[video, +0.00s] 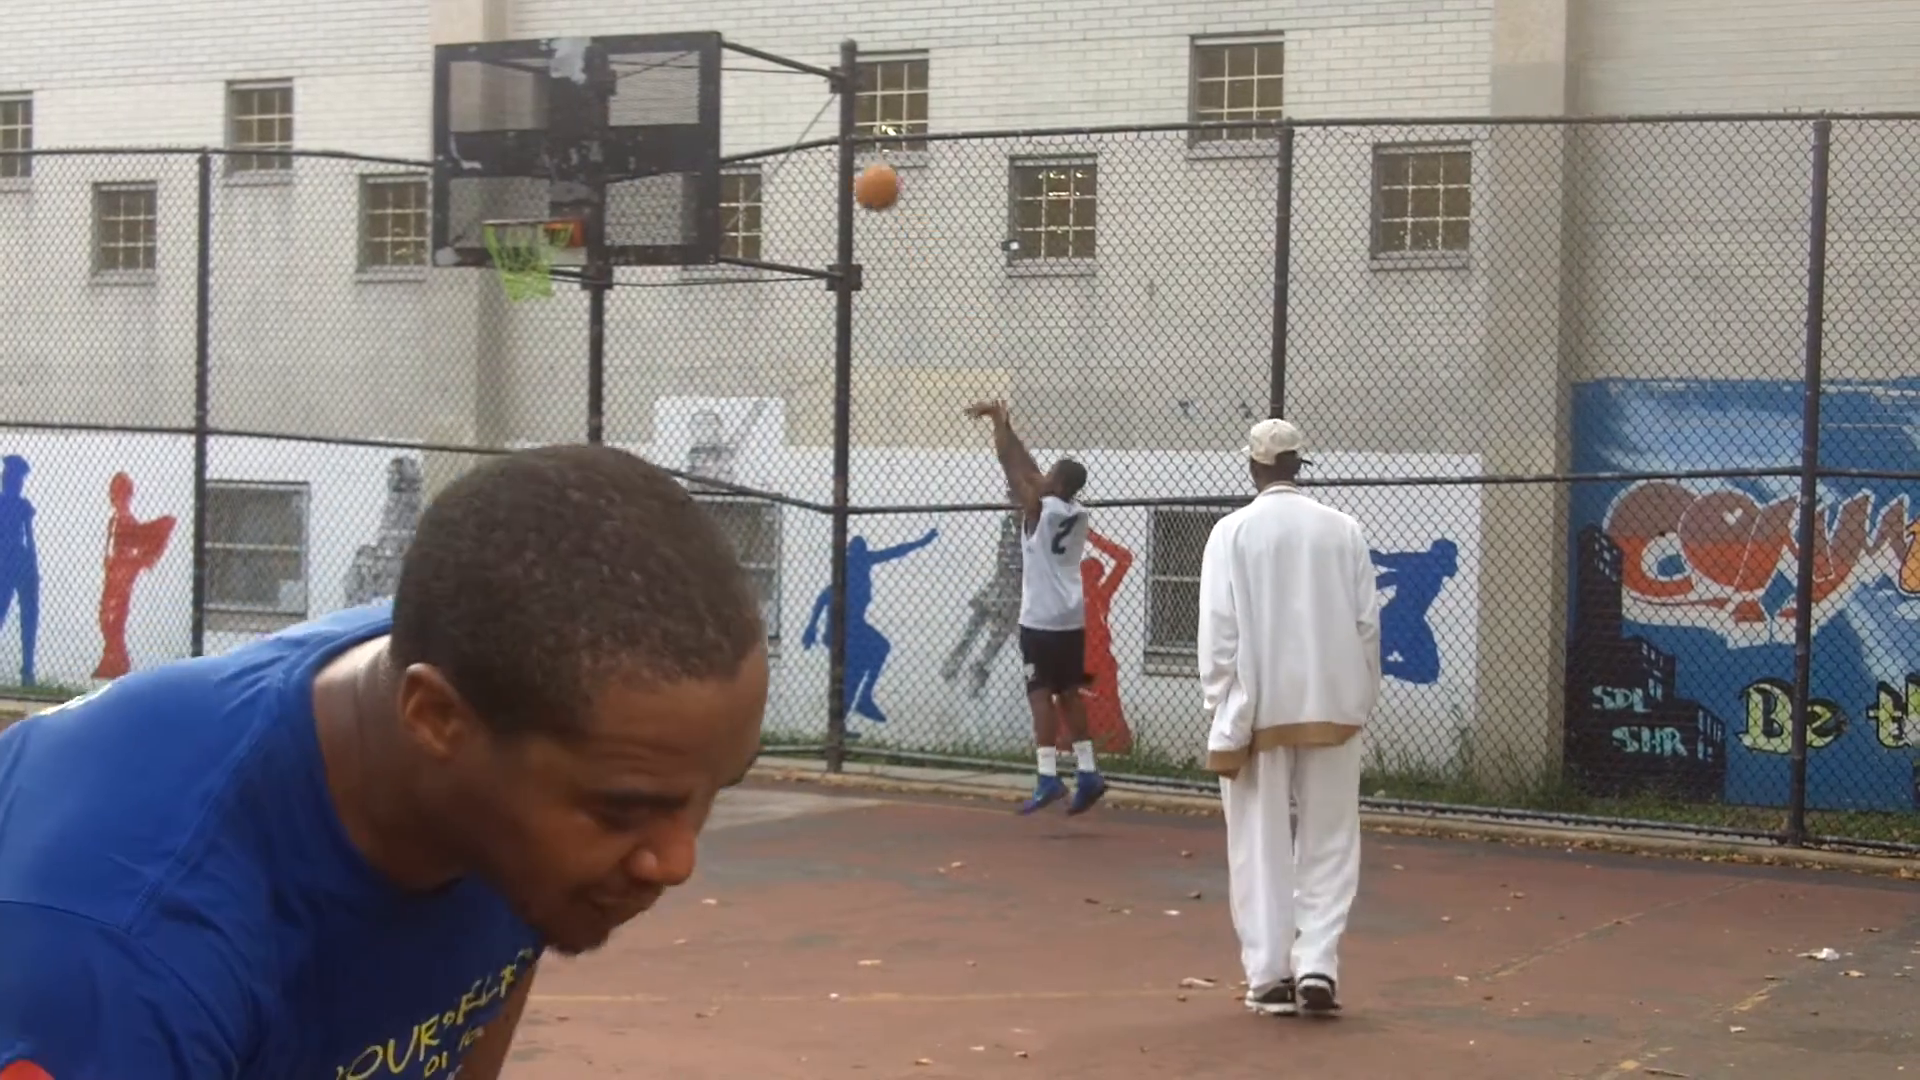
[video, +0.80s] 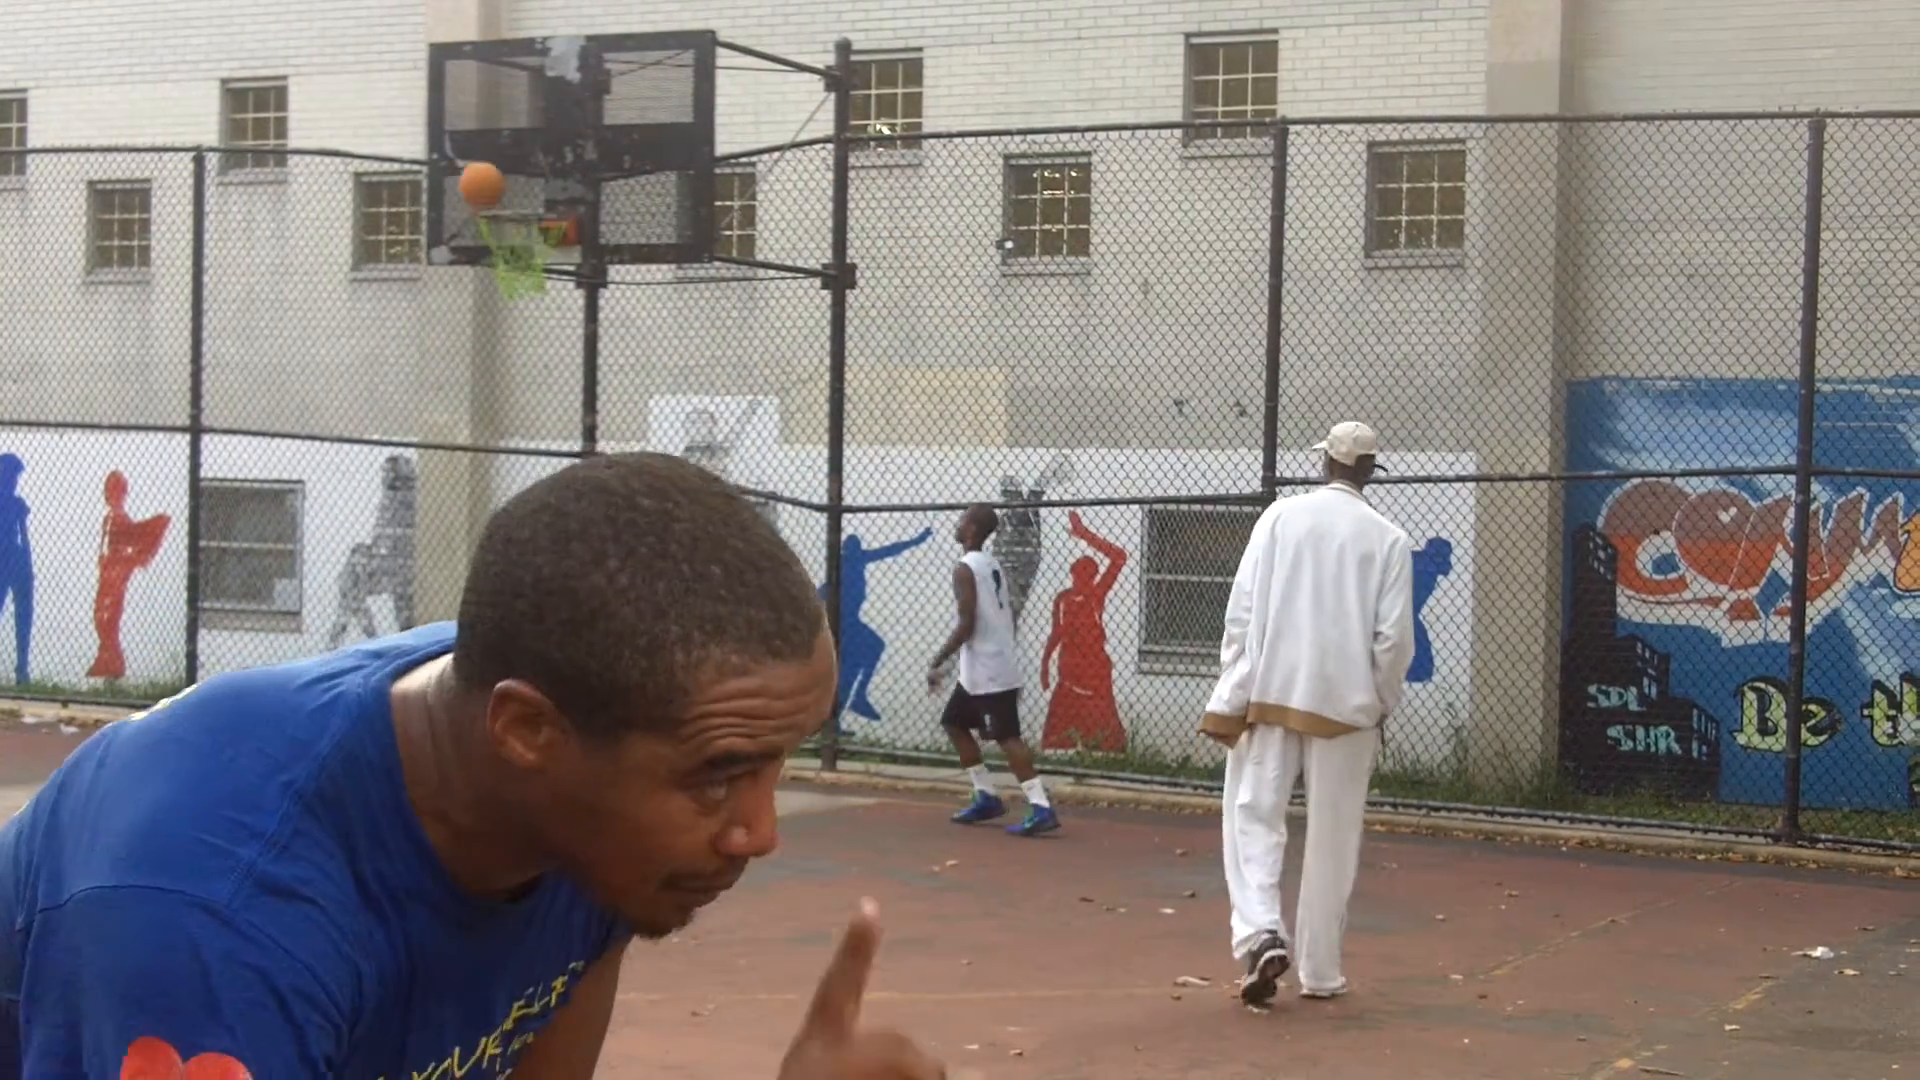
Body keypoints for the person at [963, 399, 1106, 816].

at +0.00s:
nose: (1044, 474)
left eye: (1050, 472)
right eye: (1050, 470)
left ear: (1057, 483)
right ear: (1073, 491)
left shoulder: (1036, 507)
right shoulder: (1078, 516)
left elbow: (1011, 464)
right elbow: (1030, 471)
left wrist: (998, 418)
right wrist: (1005, 424)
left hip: (1038, 617)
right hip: (1073, 617)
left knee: (1040, 695)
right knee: (1070, 693)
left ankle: (1047, 777)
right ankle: (1089, 772)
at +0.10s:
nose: (1036, 502)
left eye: (1043, 500)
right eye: (1041, 498)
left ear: (1054, 512)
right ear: (1064, 515)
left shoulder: (1033, 535)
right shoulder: (1071, 538)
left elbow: (1004, 498)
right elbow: (1023, 500)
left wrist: (991, 448)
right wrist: (996, 454)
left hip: (1036, 647)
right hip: (1068, 645)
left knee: (1032, 725)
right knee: (1064, 723)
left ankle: (1044, 803)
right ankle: (1092, 799)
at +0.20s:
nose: (1023, 528)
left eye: (1031, 522)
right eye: (1026, 522)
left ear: (1044, 531)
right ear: (1057, 534)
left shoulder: (1036, 563)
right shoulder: (1058, 566)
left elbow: (981, 544)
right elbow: (1012, 552)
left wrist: (992, 506)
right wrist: (1002, 513)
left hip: (1035, 671)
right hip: (1062, 670)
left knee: (1017, 743)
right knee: (1060, 744)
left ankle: (1046, 812)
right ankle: (1094, 807)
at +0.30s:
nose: (1023, 520)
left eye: (1030, 516)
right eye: (1026, 515)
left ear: (1040, 526)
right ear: (1049, 528)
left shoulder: (1023, 561)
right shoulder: (1054, 561)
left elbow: (993, 604)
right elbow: (1028, 603)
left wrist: (984, 574)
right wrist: (1003, 575)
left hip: (1027, 667)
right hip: (1052, 666)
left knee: (1019, 736)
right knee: (1041, 736)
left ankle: (1047, 810)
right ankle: (1084, 793)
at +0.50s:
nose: (998, 518)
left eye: (1004, 515)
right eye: (1002, 513)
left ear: (1012, 526)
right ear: (1022, 529)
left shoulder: (1002, 565)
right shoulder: (1029, 561)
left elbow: (1031, 608)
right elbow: (1060, 599)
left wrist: (1022, 656)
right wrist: (1077, 634)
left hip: (1014, 670)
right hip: (1023, 669)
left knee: (1016, 737)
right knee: (999, 731)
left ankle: (1045, 809)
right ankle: (1046, 797)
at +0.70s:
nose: (972, 516)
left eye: (978, 513)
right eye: (976, 511)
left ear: (987, 522)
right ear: (997, 526)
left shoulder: (978, 561)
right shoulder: (1007, 558)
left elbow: (997, 612)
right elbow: (1037, 603)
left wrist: (976, 658)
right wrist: (1050, 647)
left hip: (999, 663)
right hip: (1007, 661)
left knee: (1013, 732)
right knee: (968, 718)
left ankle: (1042, 806)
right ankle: (995, 794)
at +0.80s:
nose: (958, 525)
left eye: (964, 521)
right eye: (962, 519)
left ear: (974, 530)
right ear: (982, 533)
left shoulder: (965, 569)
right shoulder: (994, 565)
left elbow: (966, 625)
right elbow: (1010, 619)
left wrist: (936, 662)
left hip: (984, 672)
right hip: (1000, 669)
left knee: (1007, 736)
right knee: (954, 722)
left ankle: (1040, 806)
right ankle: (986, 796)